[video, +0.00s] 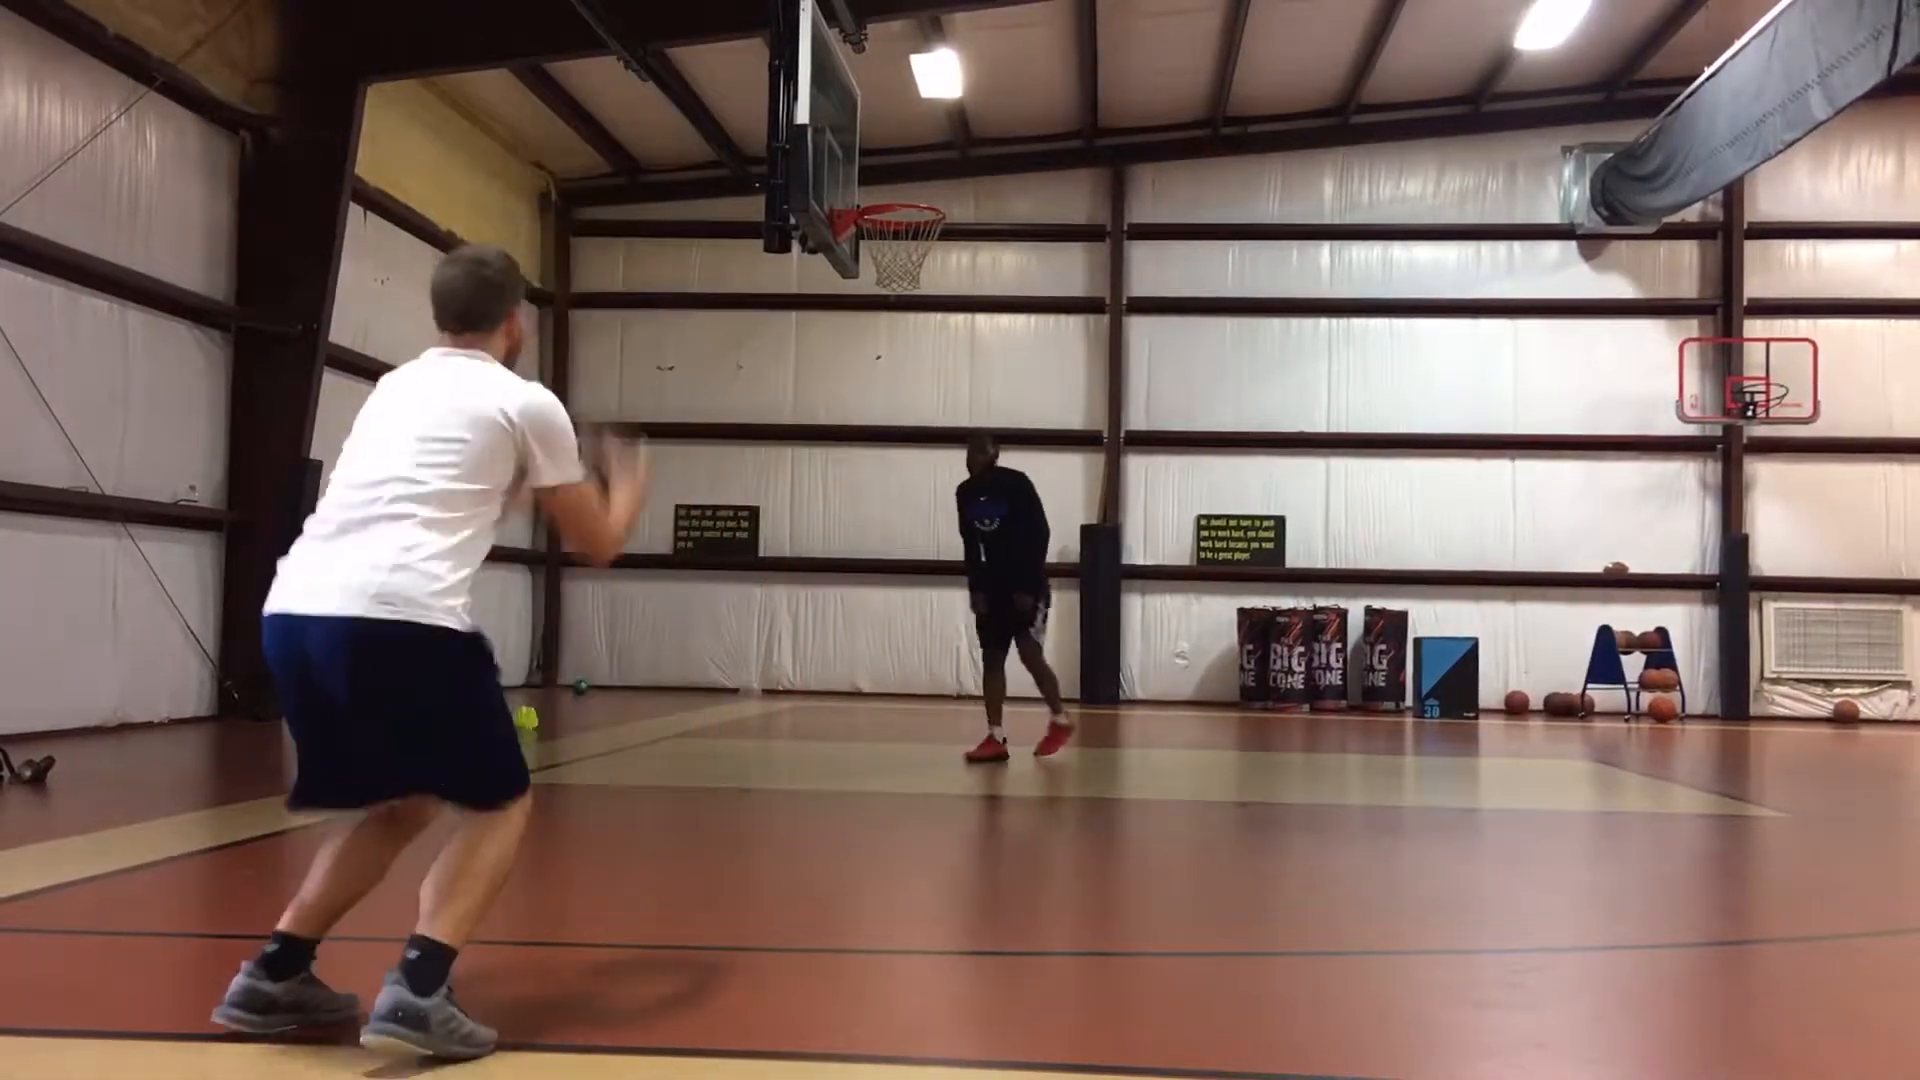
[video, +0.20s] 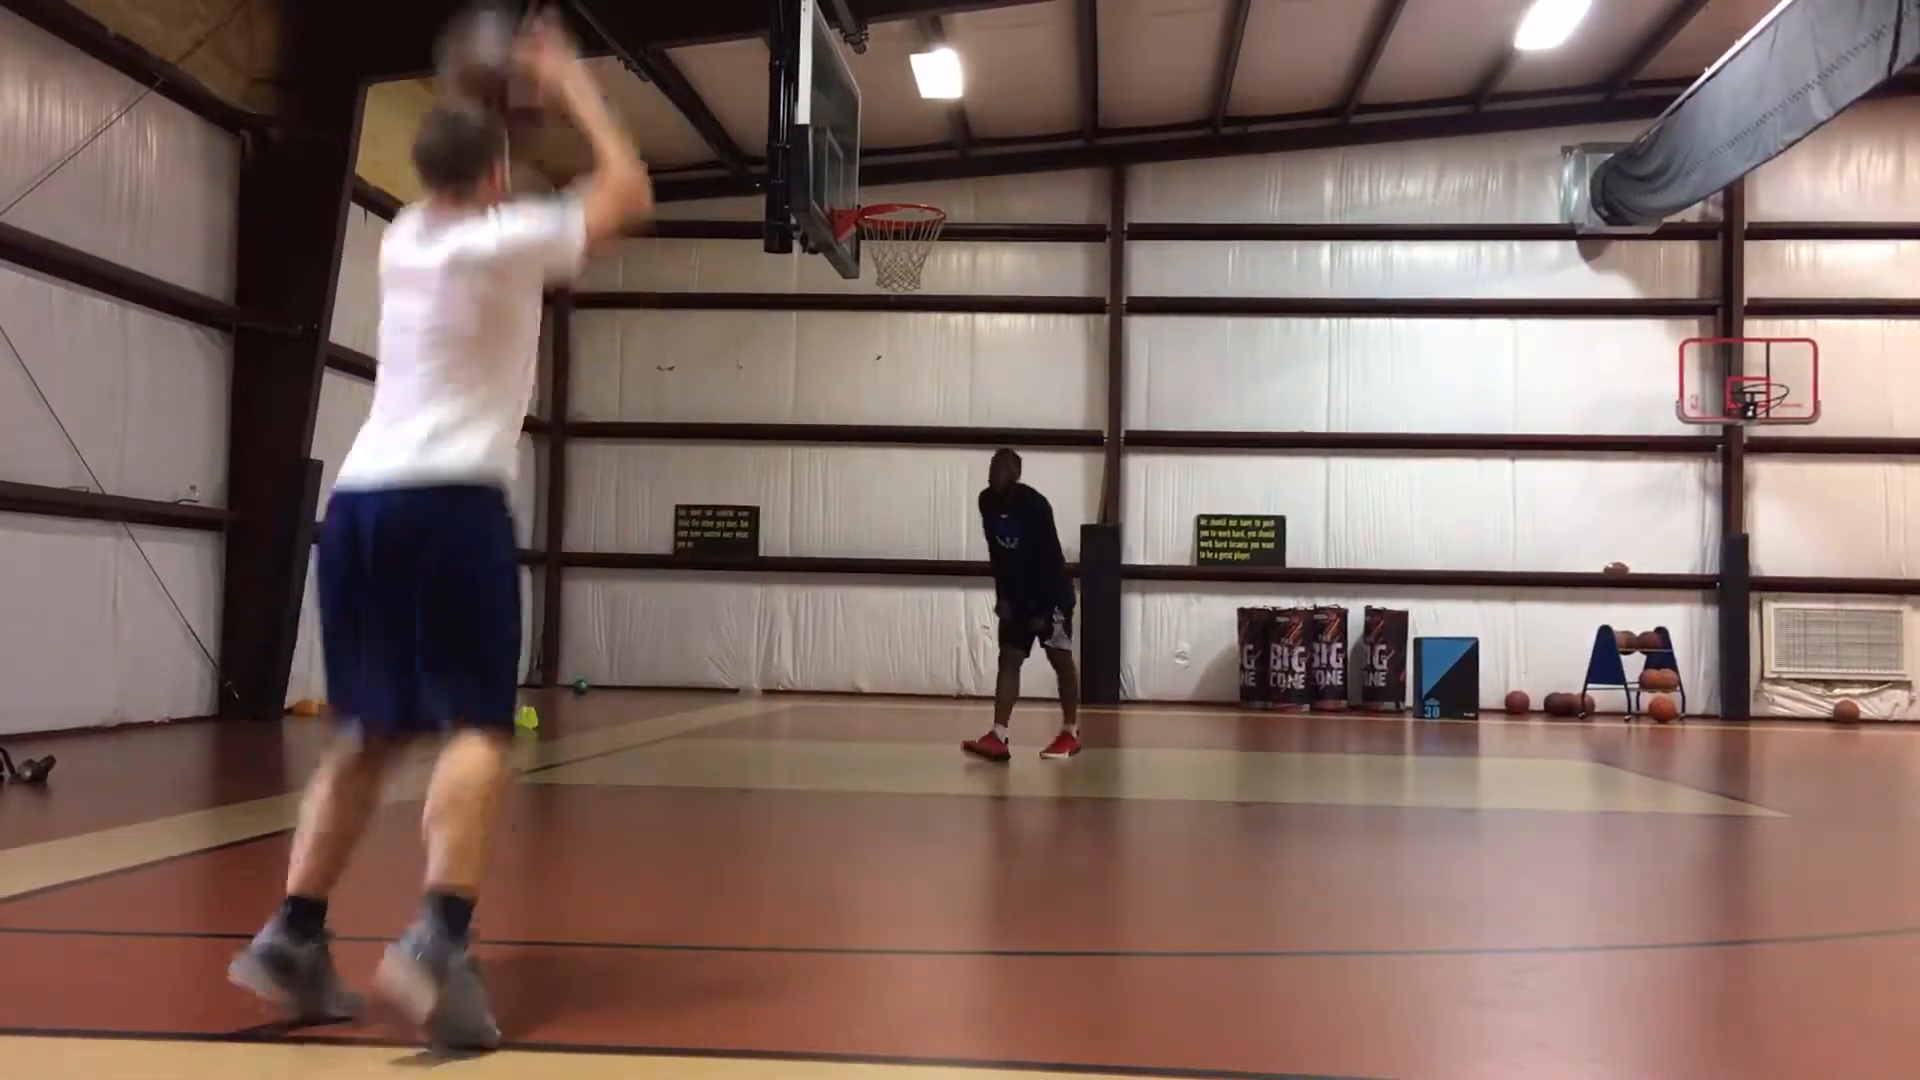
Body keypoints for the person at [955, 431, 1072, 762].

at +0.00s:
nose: (970, 457)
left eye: (976, 451)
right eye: (969, 451)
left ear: (993, 453)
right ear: (969, 453)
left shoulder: (1017, 483)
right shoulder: (965, 492)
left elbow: (1039, 534)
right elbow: (970, 544)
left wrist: (1028, 586)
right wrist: (975, 587)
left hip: (1025, 584)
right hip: (991, 586)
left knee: (1030, 655)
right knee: (992, 661)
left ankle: (1061, 721)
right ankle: (996, 737)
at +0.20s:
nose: (994, 476)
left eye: (1001, 470)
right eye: (992, 469)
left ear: (1016, 472)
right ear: (990, 471)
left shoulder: (1035, 504)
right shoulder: (987, 501)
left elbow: (1050, 558)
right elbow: (995, 552)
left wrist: (1046, 606)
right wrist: (1001, 593)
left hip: (1050, 593)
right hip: (1016, 593)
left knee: (1061, 660)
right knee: (1009, 662)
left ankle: (1070, 732)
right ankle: (999, 735)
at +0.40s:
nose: (1012, 476)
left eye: (1020, 471)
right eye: (1010, 469)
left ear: (1032, 475)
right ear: (1006, 471)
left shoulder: (1048, 504)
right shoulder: (1000, 498)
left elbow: (1067, 557)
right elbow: (1004, 550)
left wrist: (1061, 604)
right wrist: (1009, 594)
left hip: (1060, 588)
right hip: (1028, 587)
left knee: (1065, 659)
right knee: (1012, 653)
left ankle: (1070, 733)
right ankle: (1019, 731)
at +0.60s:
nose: (1008, 495)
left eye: (1015, 489)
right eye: (1005, 488)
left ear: (1029, 488)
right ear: (1001, 487)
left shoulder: (1048, 511)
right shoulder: (999, 514)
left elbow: (1070, 560)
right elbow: (1011, 565)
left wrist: (1062, 609)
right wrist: (1025, 608)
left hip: (1067, 590)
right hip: (1037, 590)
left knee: (1064, 660)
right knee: (1034, 659)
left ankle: (1069, 734)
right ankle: (1035, 732)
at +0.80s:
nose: (1004, 512)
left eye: (1009, 506)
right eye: (1001, 506)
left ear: (1024, 505)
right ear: (998, 506)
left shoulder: (1047, 529)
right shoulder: (999, 528)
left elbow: (1069, 578)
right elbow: (1014, 576)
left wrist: (1062, 624)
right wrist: (1029, 617)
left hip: (1077, 591)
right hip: (1048, 589)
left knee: (1065, 659)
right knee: (1035, 658)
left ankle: (1069, 735)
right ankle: (1036, 733)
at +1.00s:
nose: (1000, 515)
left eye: (1005, 510)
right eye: (999, 510)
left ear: (1023, 511)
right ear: (999, 510)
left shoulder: (1043, 533)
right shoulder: (998, 532)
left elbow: (1069, 581)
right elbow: (1014, 581)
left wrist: (1061, 626)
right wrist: (1029, 620)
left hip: (1078, 592)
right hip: (1051, 592)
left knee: (1065, 660)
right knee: (1035, 656)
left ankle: (1070, 735)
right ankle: (1036, 733)